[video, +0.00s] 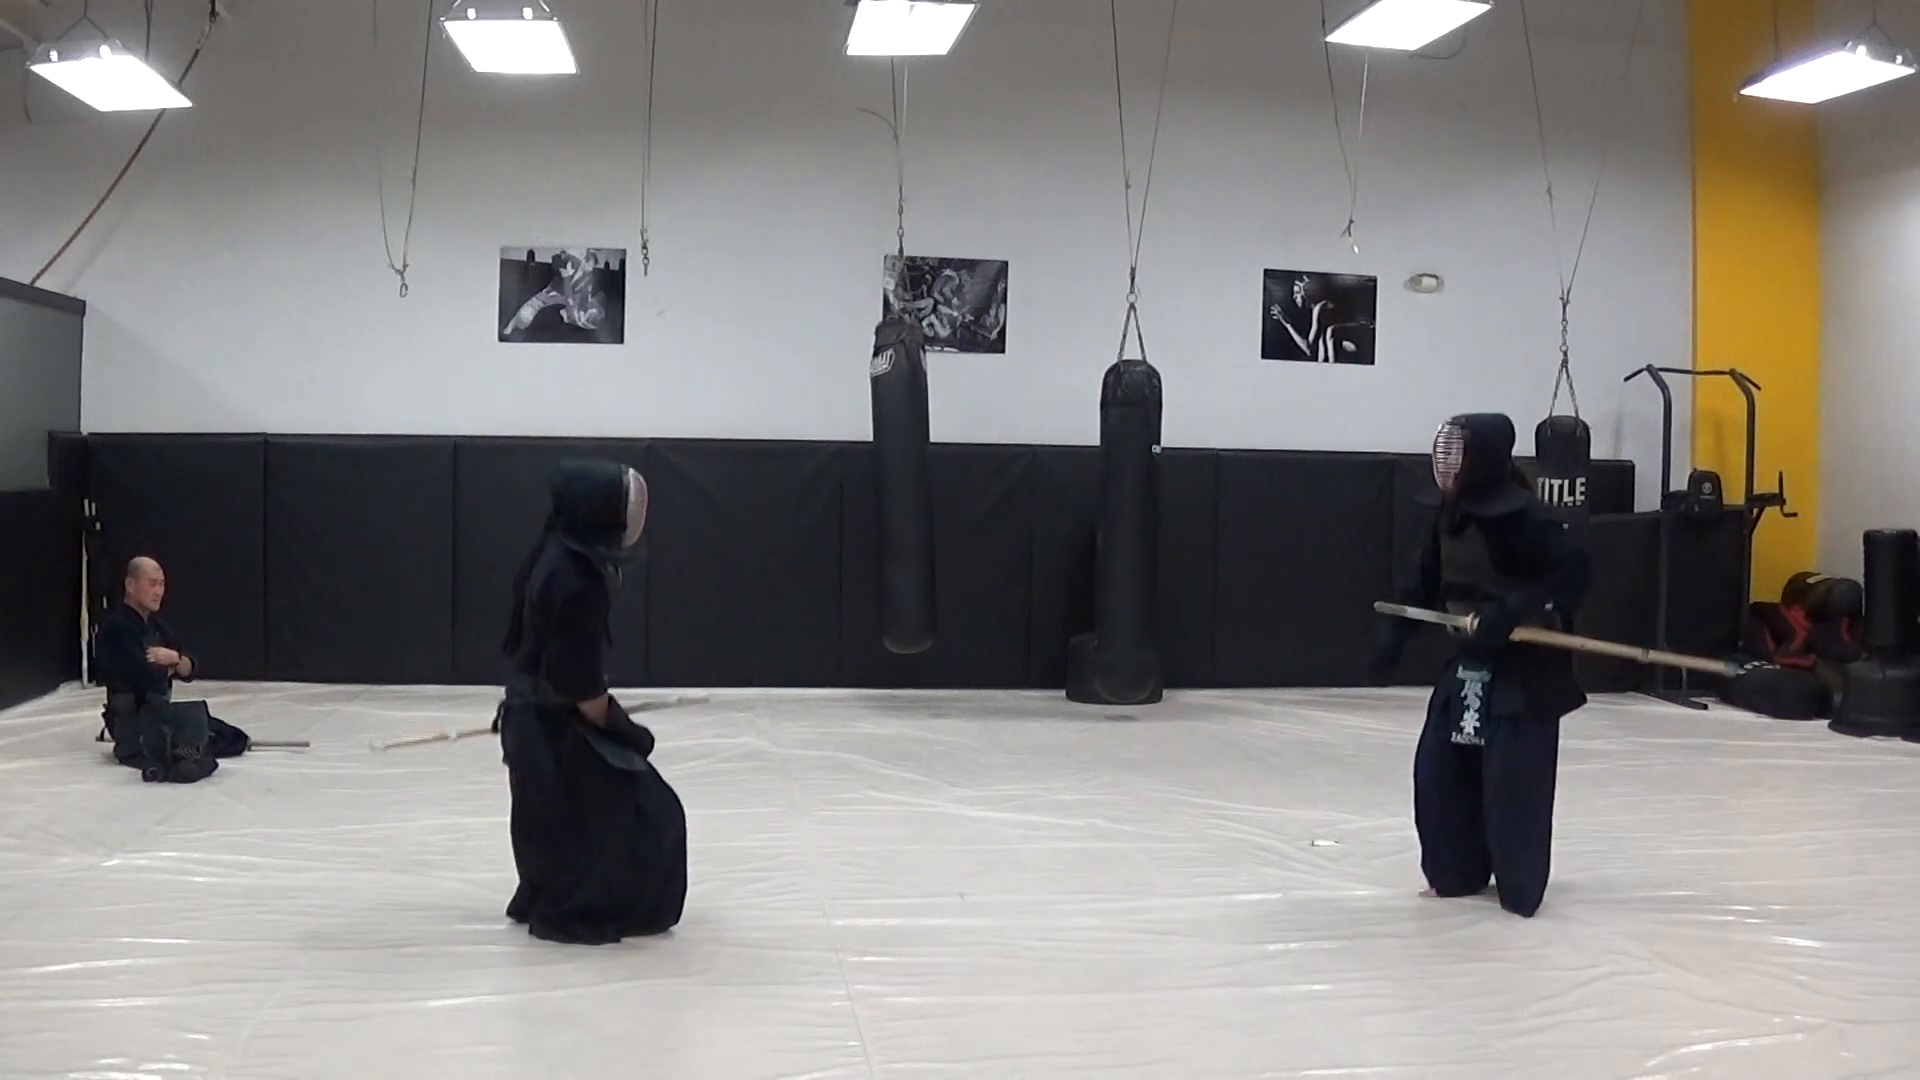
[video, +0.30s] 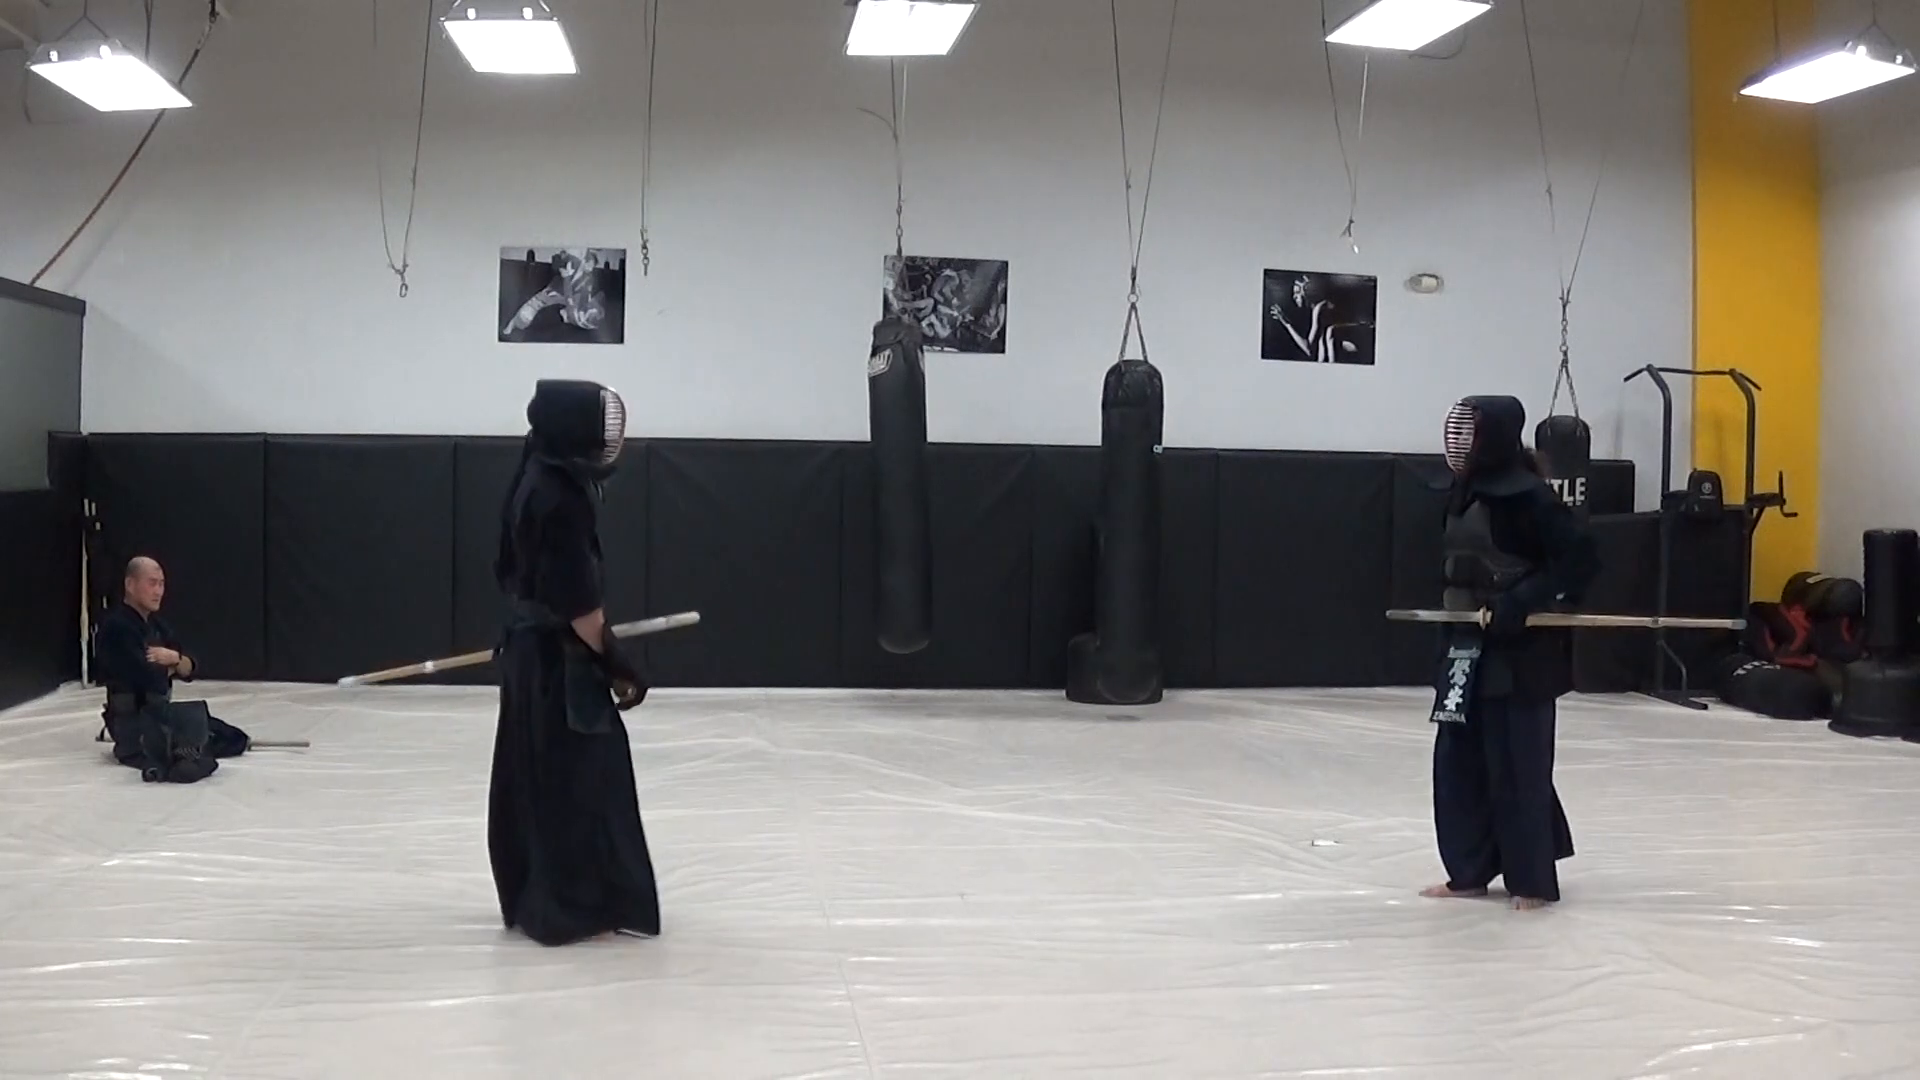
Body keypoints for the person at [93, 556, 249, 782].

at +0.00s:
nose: (159, 591)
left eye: (162, 584)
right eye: (153, 583)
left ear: (165, 587)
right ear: (130, 585)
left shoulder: (156, 623)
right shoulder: (116, 626)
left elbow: (190, 671)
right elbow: (144, 680)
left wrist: (175, 658)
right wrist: (172, 666)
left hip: (161, 718)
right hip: (130, 726)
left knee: (236, 740)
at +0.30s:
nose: (159, 591)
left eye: (161, 584)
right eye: (152, 583)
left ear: (165, 586)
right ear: (130, 585)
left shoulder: (157, 623)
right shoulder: (116, 625)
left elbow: (190, 670)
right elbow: (144, 678)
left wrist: (175, 658)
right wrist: (173, 667)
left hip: (161, 716)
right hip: (130, 724)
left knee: (236, 740)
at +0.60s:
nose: (158, 590)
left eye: (161, 583)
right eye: (151, 582)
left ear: (164, 586)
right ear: (129, 585)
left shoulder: (156, 623)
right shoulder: (116, 626)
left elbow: (191, 671)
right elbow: (148, 681)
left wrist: (176, 658)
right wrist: (174, 667)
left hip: (160, 719)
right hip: (130, 727)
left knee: (236, 741)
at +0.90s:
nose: (158, 590)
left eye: (161, 584)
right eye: (151, 583)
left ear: (165, 586)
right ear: (129, 585)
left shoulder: (157, 623)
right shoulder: (116, 625)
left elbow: (190, 671)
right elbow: (146, 679)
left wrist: (176, 658)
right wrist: (173, 666)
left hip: (162, 717)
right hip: (130, 725)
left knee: (236, 740)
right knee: (201, 759)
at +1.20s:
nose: (158, 590)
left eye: (161, 583)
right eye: (151, 582)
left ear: (164, 586)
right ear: (129, 585)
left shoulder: (156, 623)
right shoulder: (116, 626)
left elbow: (191, 670)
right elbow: (147, 681)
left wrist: (176, 658)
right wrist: (173, 667)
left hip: (161, 719)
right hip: (130, 727)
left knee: (236, 740)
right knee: (200, 760)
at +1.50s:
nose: (159, 590)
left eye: (161, 584)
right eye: (152, 582)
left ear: (165, 586)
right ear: (129, 585)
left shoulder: (158, 622)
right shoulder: (117, 624)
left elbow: (190, 667)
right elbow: (142, 676)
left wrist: (175, 658)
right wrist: (175, 669)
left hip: (162, 711)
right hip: (130, 718)